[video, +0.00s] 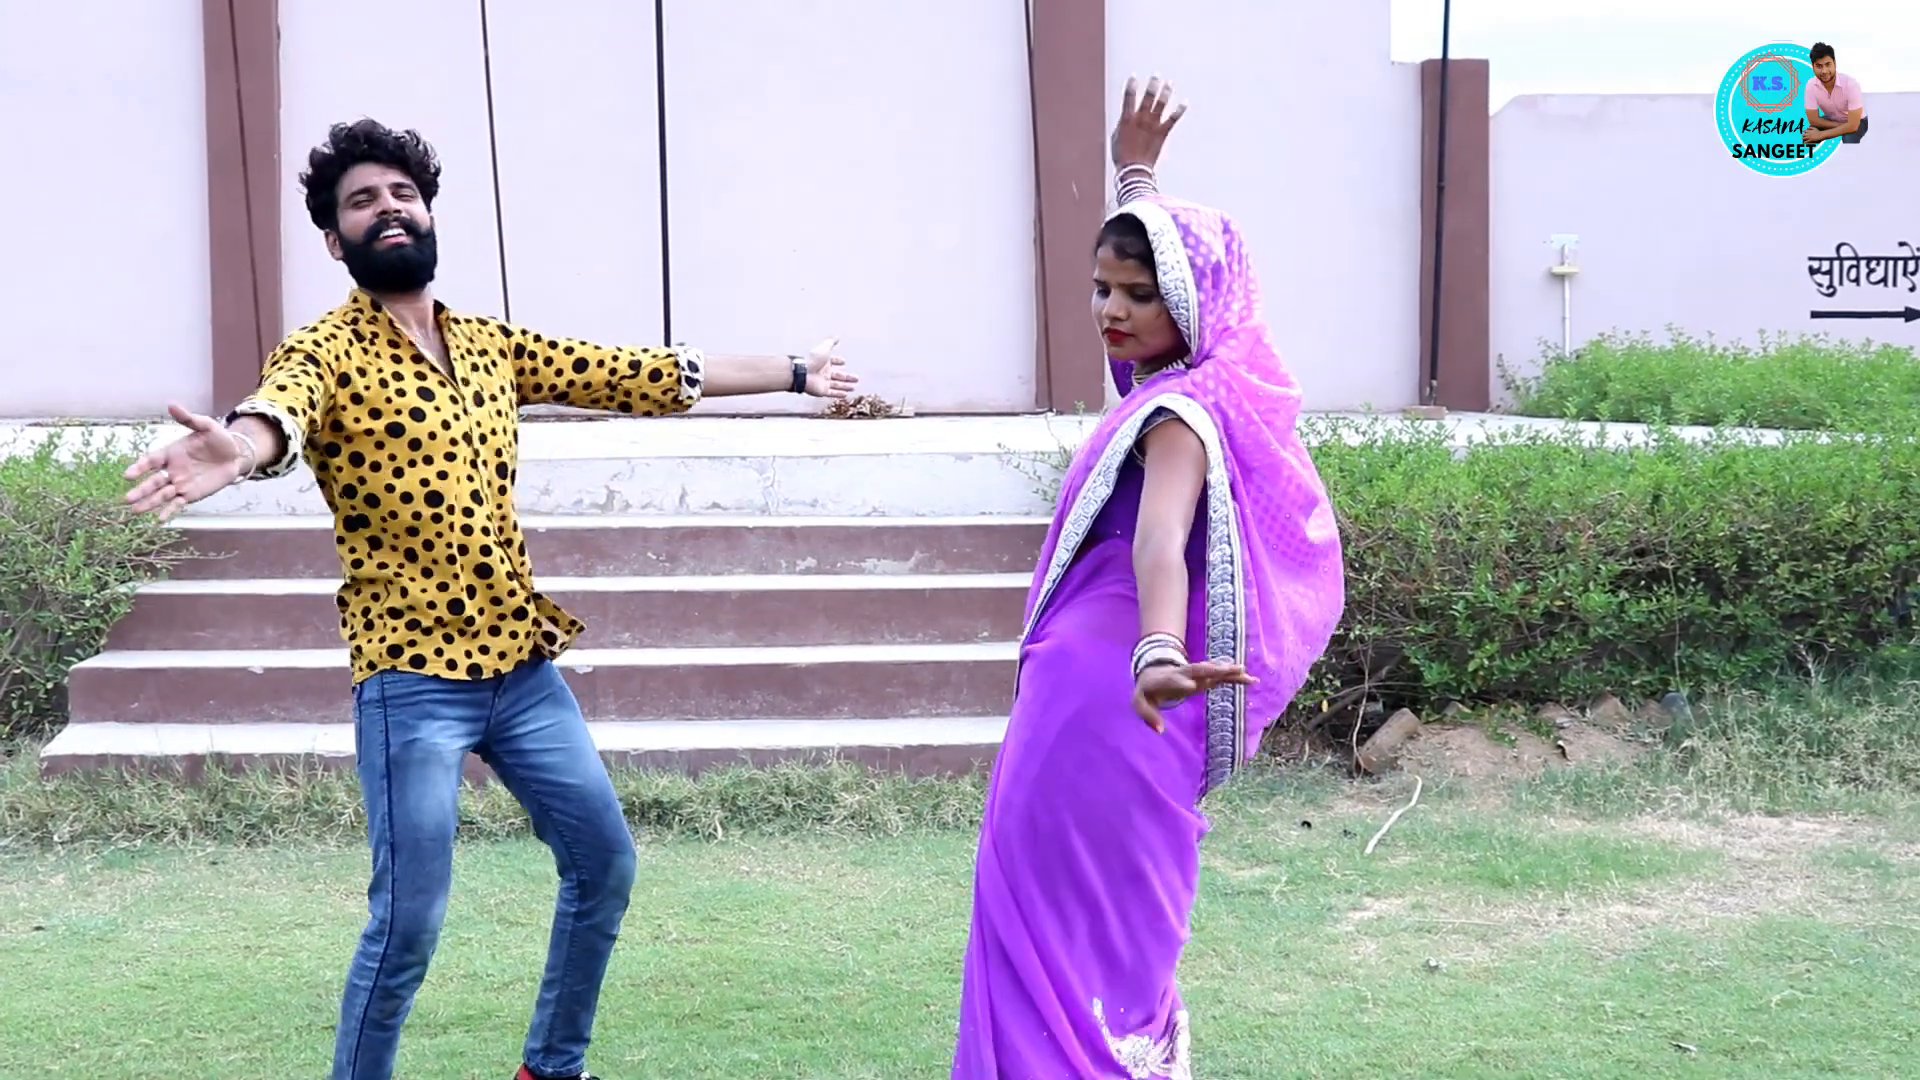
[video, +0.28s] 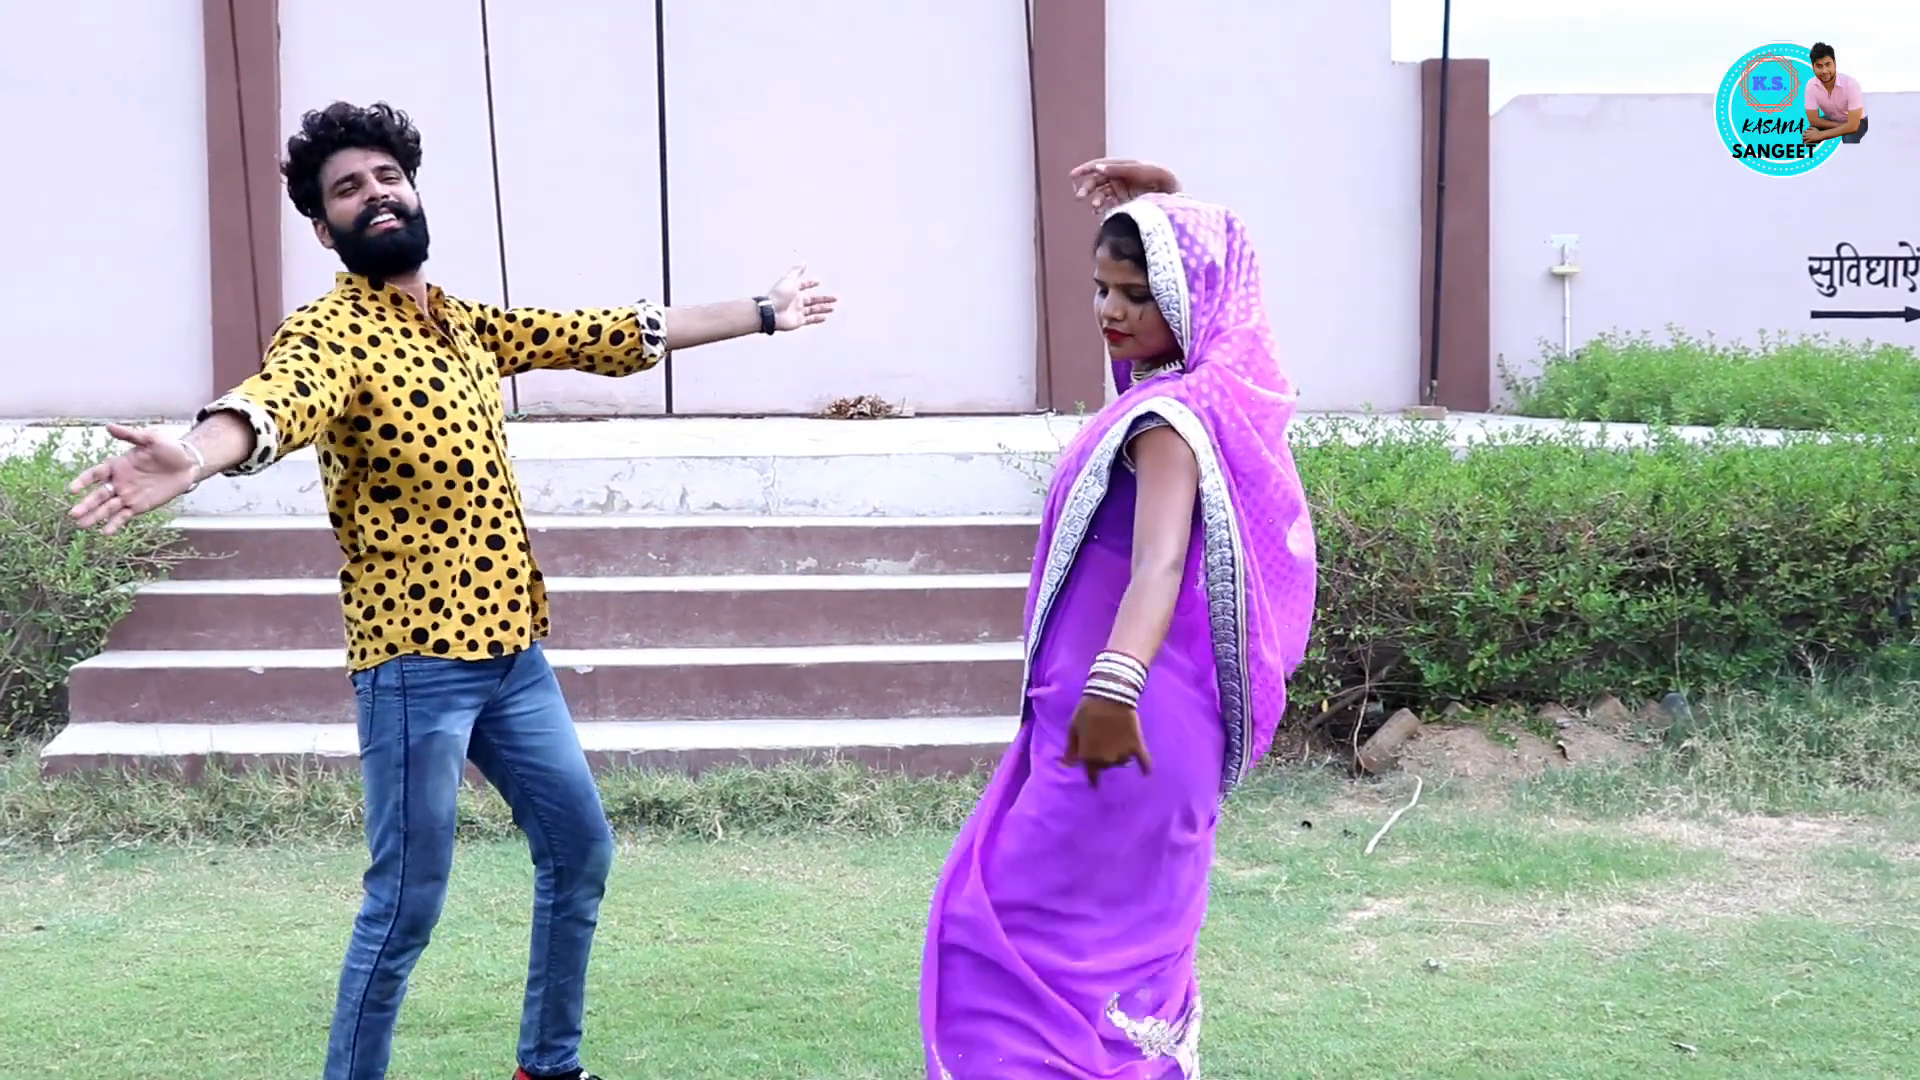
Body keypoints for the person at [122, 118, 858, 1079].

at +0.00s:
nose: (391, 210)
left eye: (404, 194)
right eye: (363, 201)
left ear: (433, 216)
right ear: (333, 240)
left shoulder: (490, 345)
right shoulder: (326, 350)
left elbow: (634, 374)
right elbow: (278, 409)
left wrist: (795, 374)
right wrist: (235, 446)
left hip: (520, 666)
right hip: (408, 674)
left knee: (604, 858)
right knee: (408, 923)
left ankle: (553, 1067)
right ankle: (357, 1074)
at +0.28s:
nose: (379, 195)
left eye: (391, 176)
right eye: (350, 188)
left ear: (419, 193)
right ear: (323, 224)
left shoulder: (465, 322)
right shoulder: (331, 328)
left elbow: (613, 336)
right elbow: (273, 402)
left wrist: (764, 310)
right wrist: (196, 452)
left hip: (510, 652)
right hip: (414, 664)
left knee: (580, 851)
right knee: (403, 907)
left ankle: (550, 1066)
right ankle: (351, 1073)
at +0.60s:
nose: (371, 207)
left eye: (378, 184)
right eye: (340, 202)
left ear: (403, 195)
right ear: (310, 236)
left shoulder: (449, 325)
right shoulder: (331, 342)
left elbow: (581, 318)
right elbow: (257, 420)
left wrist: (728, 269)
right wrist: (165, 485)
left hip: (510, 659)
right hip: (414, 673)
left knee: (584, 850)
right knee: (413, 907)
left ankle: (554, 1064)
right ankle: (357, 1073)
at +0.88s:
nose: (367, 223)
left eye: (370, 200)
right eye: (334, 218)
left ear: (390, 206)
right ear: (298, 255)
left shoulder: (462, 334)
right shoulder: (314, 363)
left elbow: (594, 319)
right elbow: (264, 438)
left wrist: (727, 245)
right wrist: (223, 483)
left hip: (513, 663)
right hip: (409, 682)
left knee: (600, 862)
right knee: (426, 932)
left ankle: (560, 1065)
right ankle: (370, 1074)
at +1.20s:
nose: (475, 199)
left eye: (468, 179)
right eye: (444, 191)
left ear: (476, 180)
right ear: (387, 234)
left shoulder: (508, 301)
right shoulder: (381, 347)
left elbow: (627, 283)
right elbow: (329, 453)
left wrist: (745, 215)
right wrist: (272, 522)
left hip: (537, 652)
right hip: (452, 667)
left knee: (623, 841)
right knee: (467, 907)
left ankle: (597, 1064)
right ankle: (412, 1073)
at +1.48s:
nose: (581, 217)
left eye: (575, 198)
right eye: (559, 205)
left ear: (516, 230)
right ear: (496, 235)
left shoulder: (576, 310)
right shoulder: (459, 358)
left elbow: (682, 282)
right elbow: (411, 496)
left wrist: (789, 220)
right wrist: (411, 560)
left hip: (600, 652)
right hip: (518, 664)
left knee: (689, 833)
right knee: (531, 901)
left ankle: (660, 1061)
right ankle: (475, 1072)